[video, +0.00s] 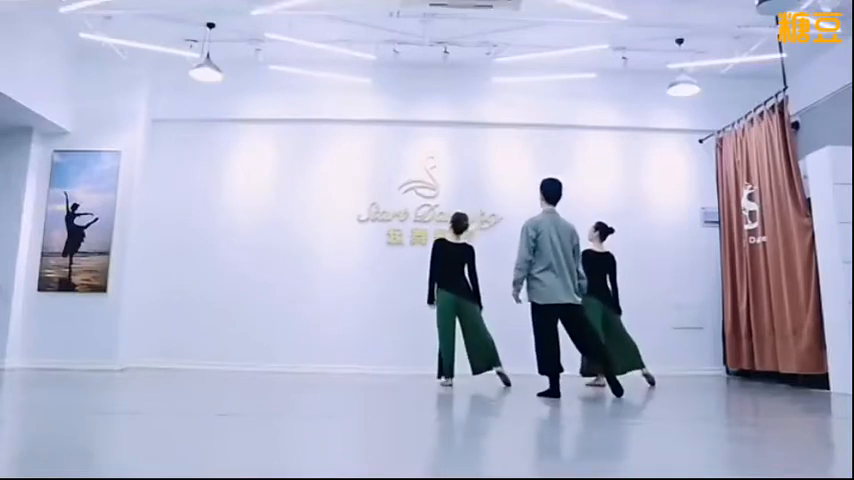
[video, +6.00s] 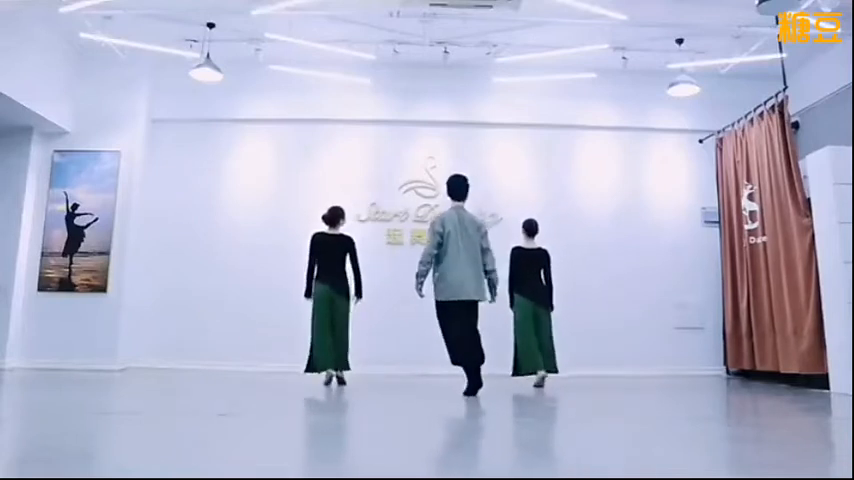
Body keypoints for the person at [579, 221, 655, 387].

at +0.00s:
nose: (588, 232)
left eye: (591, 230)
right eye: (591, 229)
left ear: (596, 233)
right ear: (602, 235)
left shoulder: (585, 255)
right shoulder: (609, 257)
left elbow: (580, 276)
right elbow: (613, 283)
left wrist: (577, 295)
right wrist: (616, 305)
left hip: (590, 298)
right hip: (607, 299)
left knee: (595, 335)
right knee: (622, 336)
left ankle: (600, 376)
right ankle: (642, 369)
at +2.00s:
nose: (591, 242)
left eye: (590, 239)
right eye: (595, 240)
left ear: (589, 240)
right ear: (602, 243)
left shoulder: (578, 258)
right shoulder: (606, 261)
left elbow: (573, 281)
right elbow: (614, 286)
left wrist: (573, 303)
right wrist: (620, 309)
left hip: (585, 306)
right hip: (603, 305)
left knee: (587, 342)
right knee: (614, 338)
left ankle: (597, 378)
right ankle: (637, 369)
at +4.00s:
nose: (551, 230)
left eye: (550, 227)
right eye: (555, 227)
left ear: (548, 227)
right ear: (562, 228)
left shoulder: (541, 247)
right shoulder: (567, 249)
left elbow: (537, 272)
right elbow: (571, 276)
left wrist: (536, 293)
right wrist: (573, 297)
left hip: (547, 292)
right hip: (564, 293)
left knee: (551, 330)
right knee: (563, 330)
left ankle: (560, 367)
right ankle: (557, 369)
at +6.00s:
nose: (524, 233)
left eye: (524, 230)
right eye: (530, 230)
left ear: (523, 232)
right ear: (537, 232)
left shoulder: (516, 252)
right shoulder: (543, 253)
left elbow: (512, 278)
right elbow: (548, 280)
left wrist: (511, 299)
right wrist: (550, 300)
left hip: (522, 296)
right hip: (540, 297)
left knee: (527, 333)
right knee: (541, 332)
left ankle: (538, 368)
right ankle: (543, 370)